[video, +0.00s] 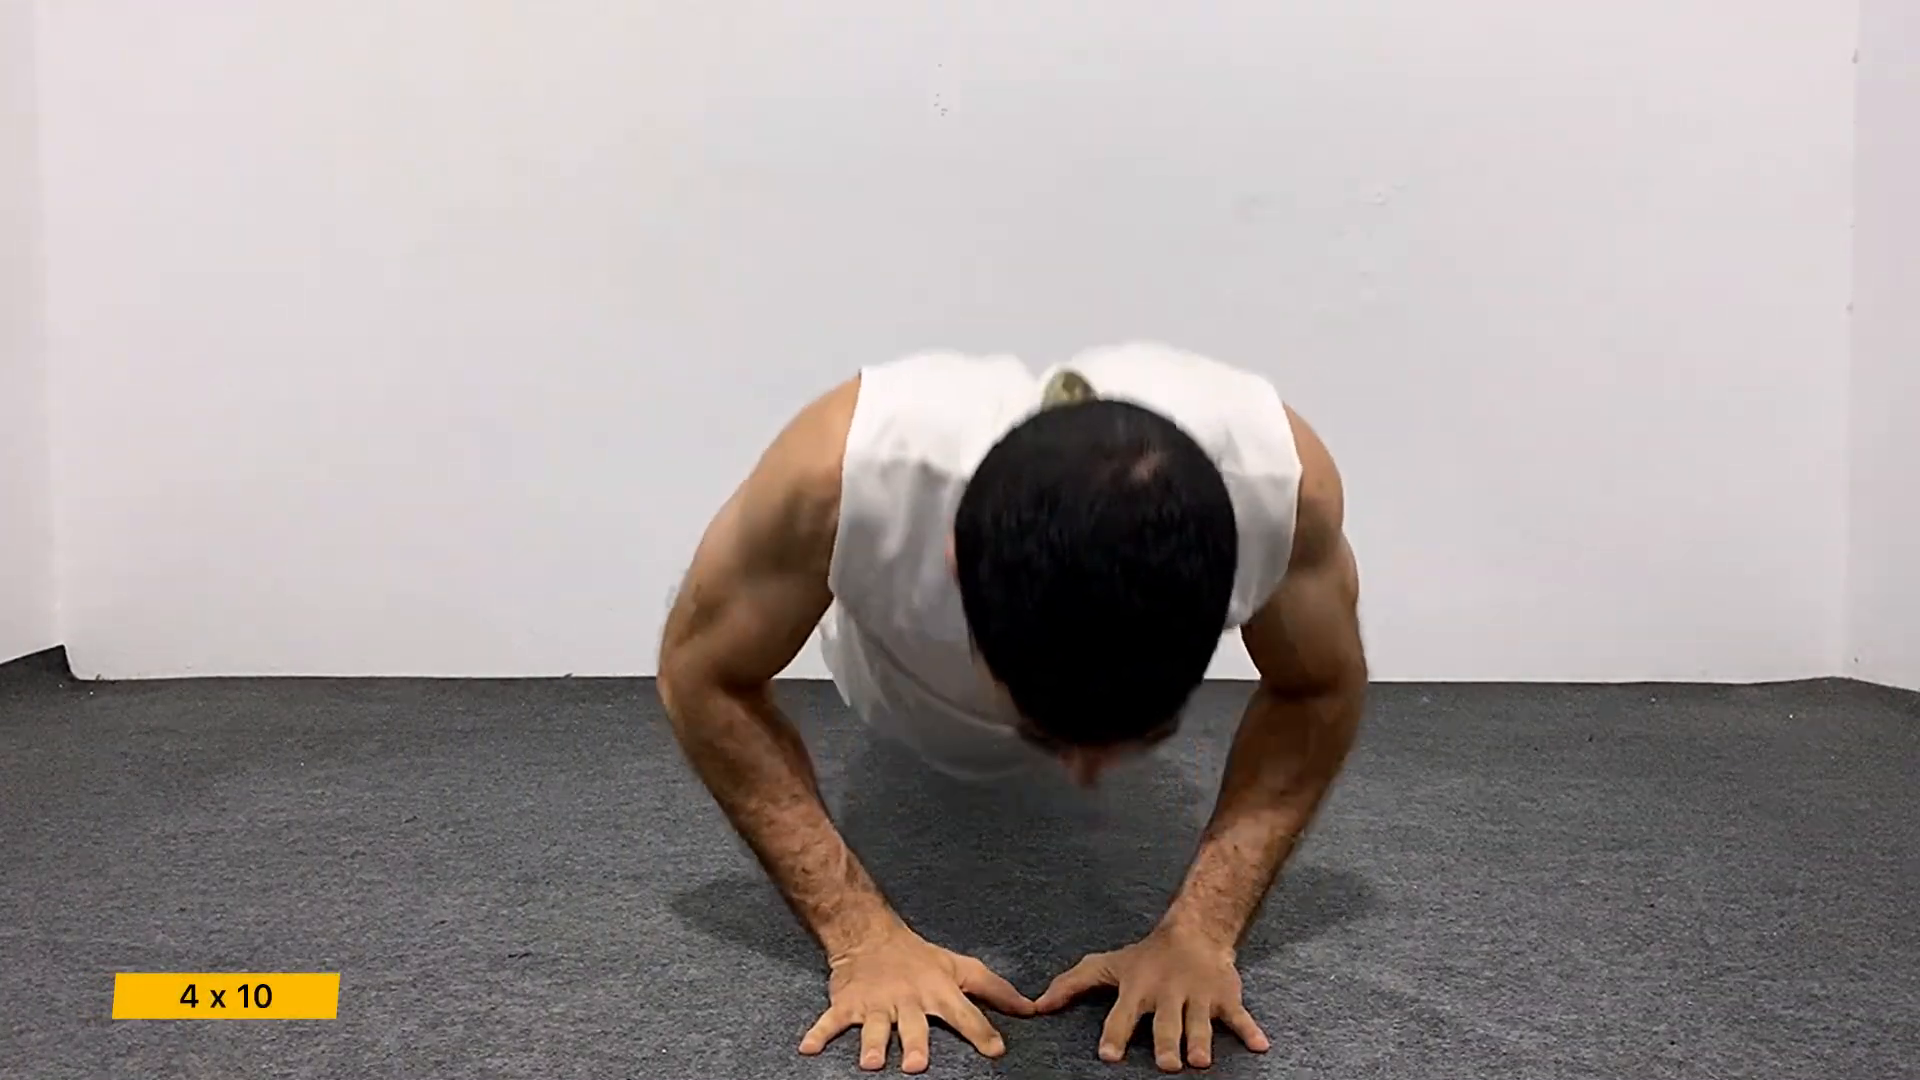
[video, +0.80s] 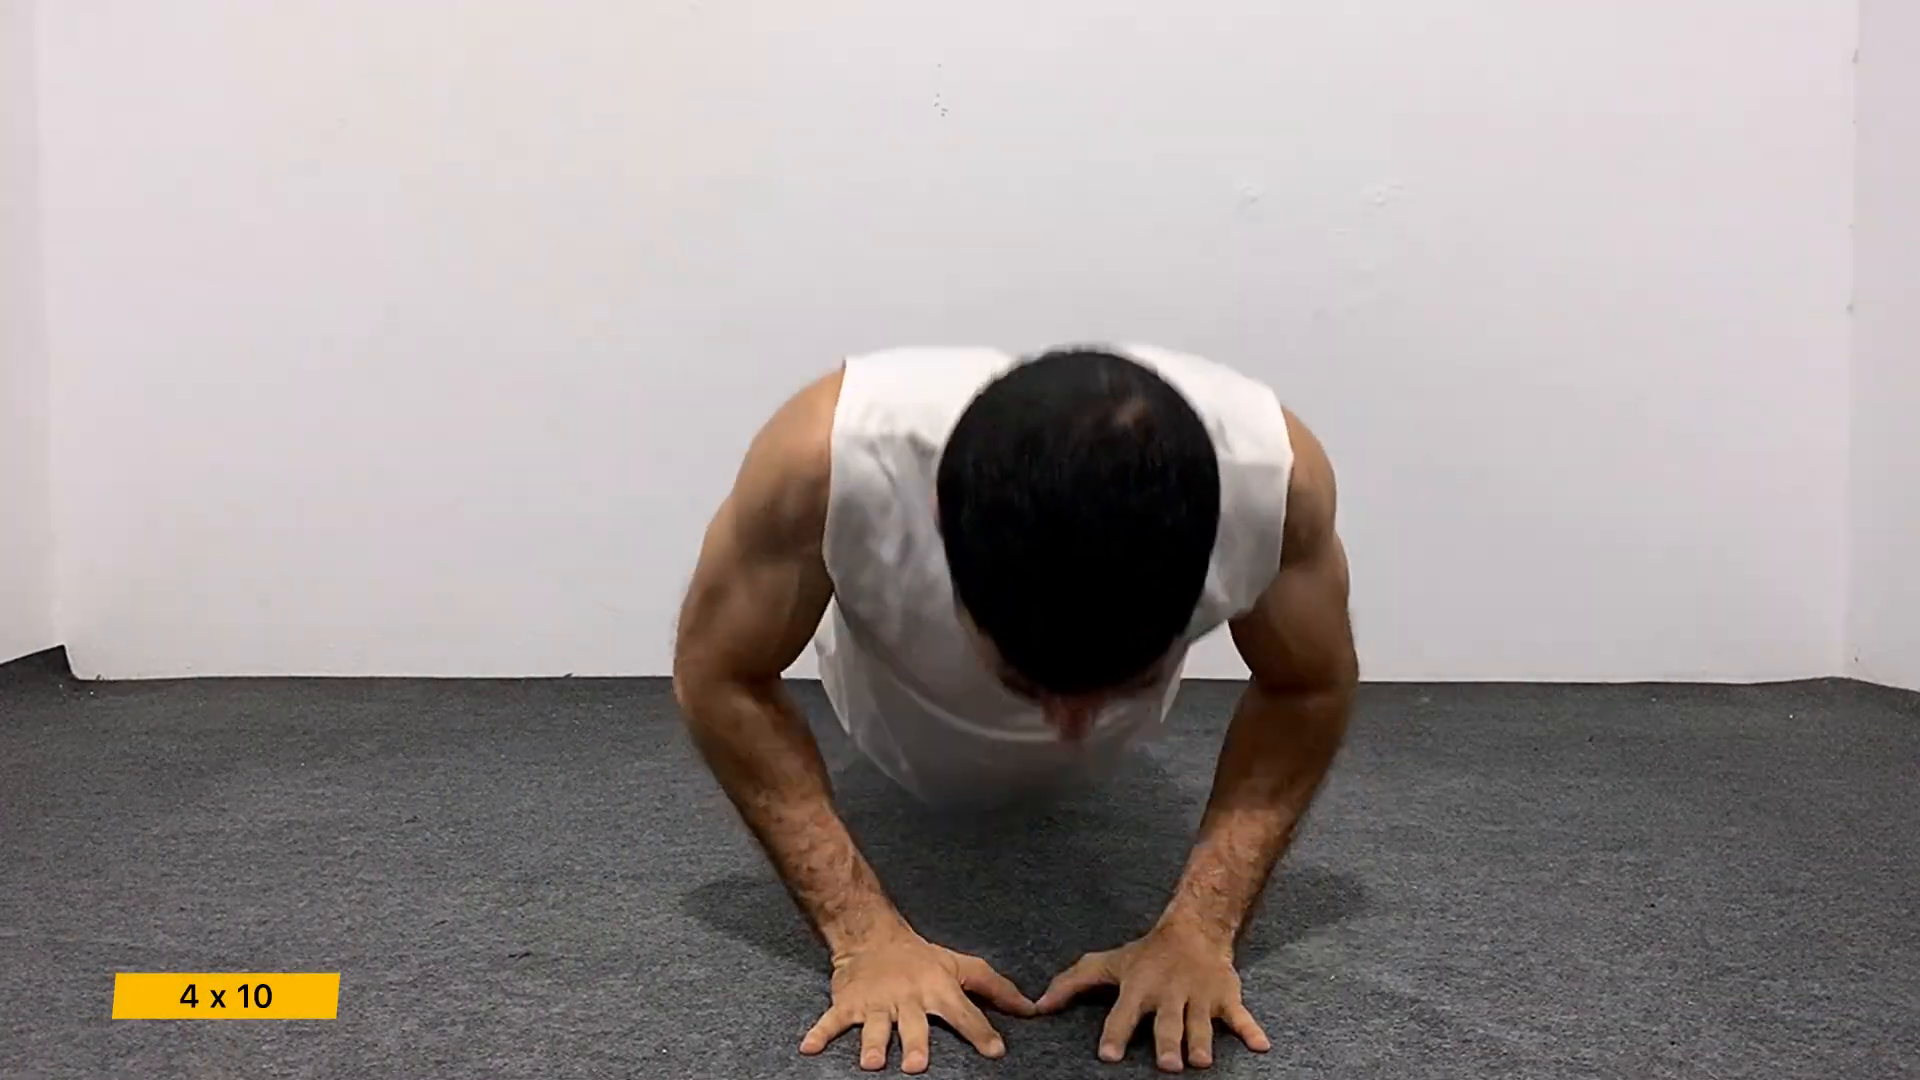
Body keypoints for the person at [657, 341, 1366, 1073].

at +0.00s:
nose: (1088, 772)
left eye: (1134, 739)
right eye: (1050, 734)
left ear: (1213, 612)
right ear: (964, 573)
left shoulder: (1286, 485)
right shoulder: (834, 472)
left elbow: (1316, 687)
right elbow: (701, 673)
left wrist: (1201, 928)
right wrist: (862, 933)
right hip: (916, 696)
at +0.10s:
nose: (1086, 894)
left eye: (1133, 862)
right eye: (1047, 856)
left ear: (1230, 706)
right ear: (963, 681)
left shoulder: (1297, 579)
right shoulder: (840, 559)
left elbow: (1321, 713)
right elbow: (698, 688)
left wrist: (1205, 928)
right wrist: (858, 928)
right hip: (912, 766)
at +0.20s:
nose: (1065, 993)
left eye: (1111, 979)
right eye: (1027, 963)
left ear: (1229, 802)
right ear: (963, 783)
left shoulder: (1306, 653)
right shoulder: (843, 631)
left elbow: (1348, 729)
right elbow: (694, 693)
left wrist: (1212, 938)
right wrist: (861, 937)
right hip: (899, 808)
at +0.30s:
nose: (1096, 1068)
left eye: (1134, 1046)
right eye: (1063, 1047)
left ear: (1228, 814)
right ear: (958, 842)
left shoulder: (1309, 693)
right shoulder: (845, 685)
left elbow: (1362, 717)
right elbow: (689, 689)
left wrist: (1224, 943)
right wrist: (858, 935)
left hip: (1104, 616)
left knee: (1047, 591)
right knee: (907, 590)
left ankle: (1020, 561)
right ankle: (904, 565)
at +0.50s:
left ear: (1222, 814)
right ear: (948, 841)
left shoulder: (1300, 690)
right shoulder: (832, 687)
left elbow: (1355, 714)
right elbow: (689, 689)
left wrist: (1224, 945)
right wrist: (858, 934)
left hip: (1106, 620)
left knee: (1039, 592)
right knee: (907, 594)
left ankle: (1014, 563)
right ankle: (904, 566)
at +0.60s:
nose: (1053, 993)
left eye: (1103, 971)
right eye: (1024, 963)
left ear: (1218, 795)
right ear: (953, 777)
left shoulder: (1291, 647)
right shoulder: (833, 635)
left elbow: (1336, 714)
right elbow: (699, 692)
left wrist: (1209, 933)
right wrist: (860, 935)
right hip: (898, 807)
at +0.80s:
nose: (1072, 720)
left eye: (1118, 686)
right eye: (1032, 686)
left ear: (1200, 570)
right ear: (959, 583)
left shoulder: (1276, 483)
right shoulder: (826, 459)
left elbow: (1306, 684)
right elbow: (720, 677)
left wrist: (1200, 925)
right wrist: (866, 931)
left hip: (1134, 717)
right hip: (904, 725)